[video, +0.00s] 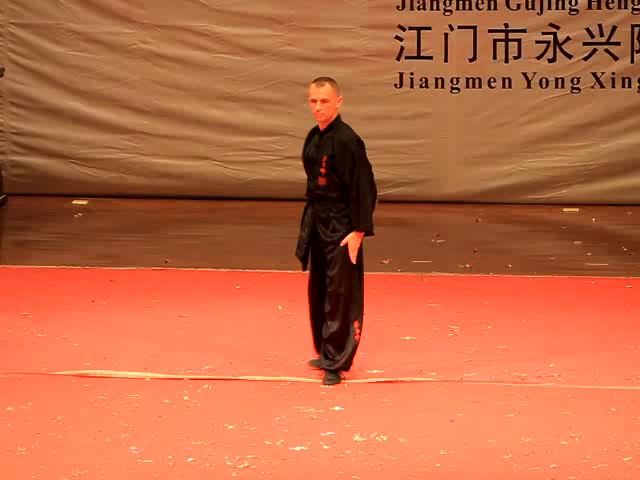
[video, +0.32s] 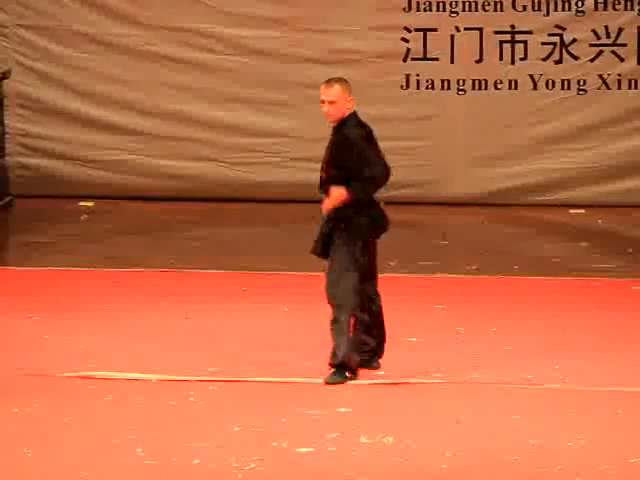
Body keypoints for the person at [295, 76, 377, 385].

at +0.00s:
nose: (318, 107)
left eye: (324, 101)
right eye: (313, 102)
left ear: (338, 102)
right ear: (309, 104)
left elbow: (365, 188)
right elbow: (316, 187)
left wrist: (359, 230)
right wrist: (310, 227)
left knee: (340, 293)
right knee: (320, 290)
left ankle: (338, 362)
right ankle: (326, 352)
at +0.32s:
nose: (325, 108)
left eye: (331, 102)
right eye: (323, 102)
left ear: (349, 101)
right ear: (325, 103)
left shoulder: (354, 132)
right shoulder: (344, 131)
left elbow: (379, 171)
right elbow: (342, 175)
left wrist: (348, 192)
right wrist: (331, 193)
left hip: (352, 224)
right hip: (357, 221)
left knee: (340, 289)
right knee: (364, 289)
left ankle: (344, 362)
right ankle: (368, 350)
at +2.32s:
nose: (319, 100)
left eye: (322, 94)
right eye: (320, 94)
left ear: (338, 96)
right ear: (343, 97)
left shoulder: (346, 131)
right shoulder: (360, 128)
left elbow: (348, 175)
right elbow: (371, 172)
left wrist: (344, 208)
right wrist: (355, 203)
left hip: (345, 223)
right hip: (359, 220)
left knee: (345, 288)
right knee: (357, 286)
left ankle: (353, 353)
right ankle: (362, 348)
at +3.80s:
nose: (319, 107)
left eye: (324, 101)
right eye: (316, 101)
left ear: (340, 98)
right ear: (317, 100)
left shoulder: (339, 131)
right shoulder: (349, 128)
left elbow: (343, 171)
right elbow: (357, 172)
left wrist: (341, 204)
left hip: (337, 222)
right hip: (352, 221)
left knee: (337, 287)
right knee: (352, 286)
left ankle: (345, 351)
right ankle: (354, 348)